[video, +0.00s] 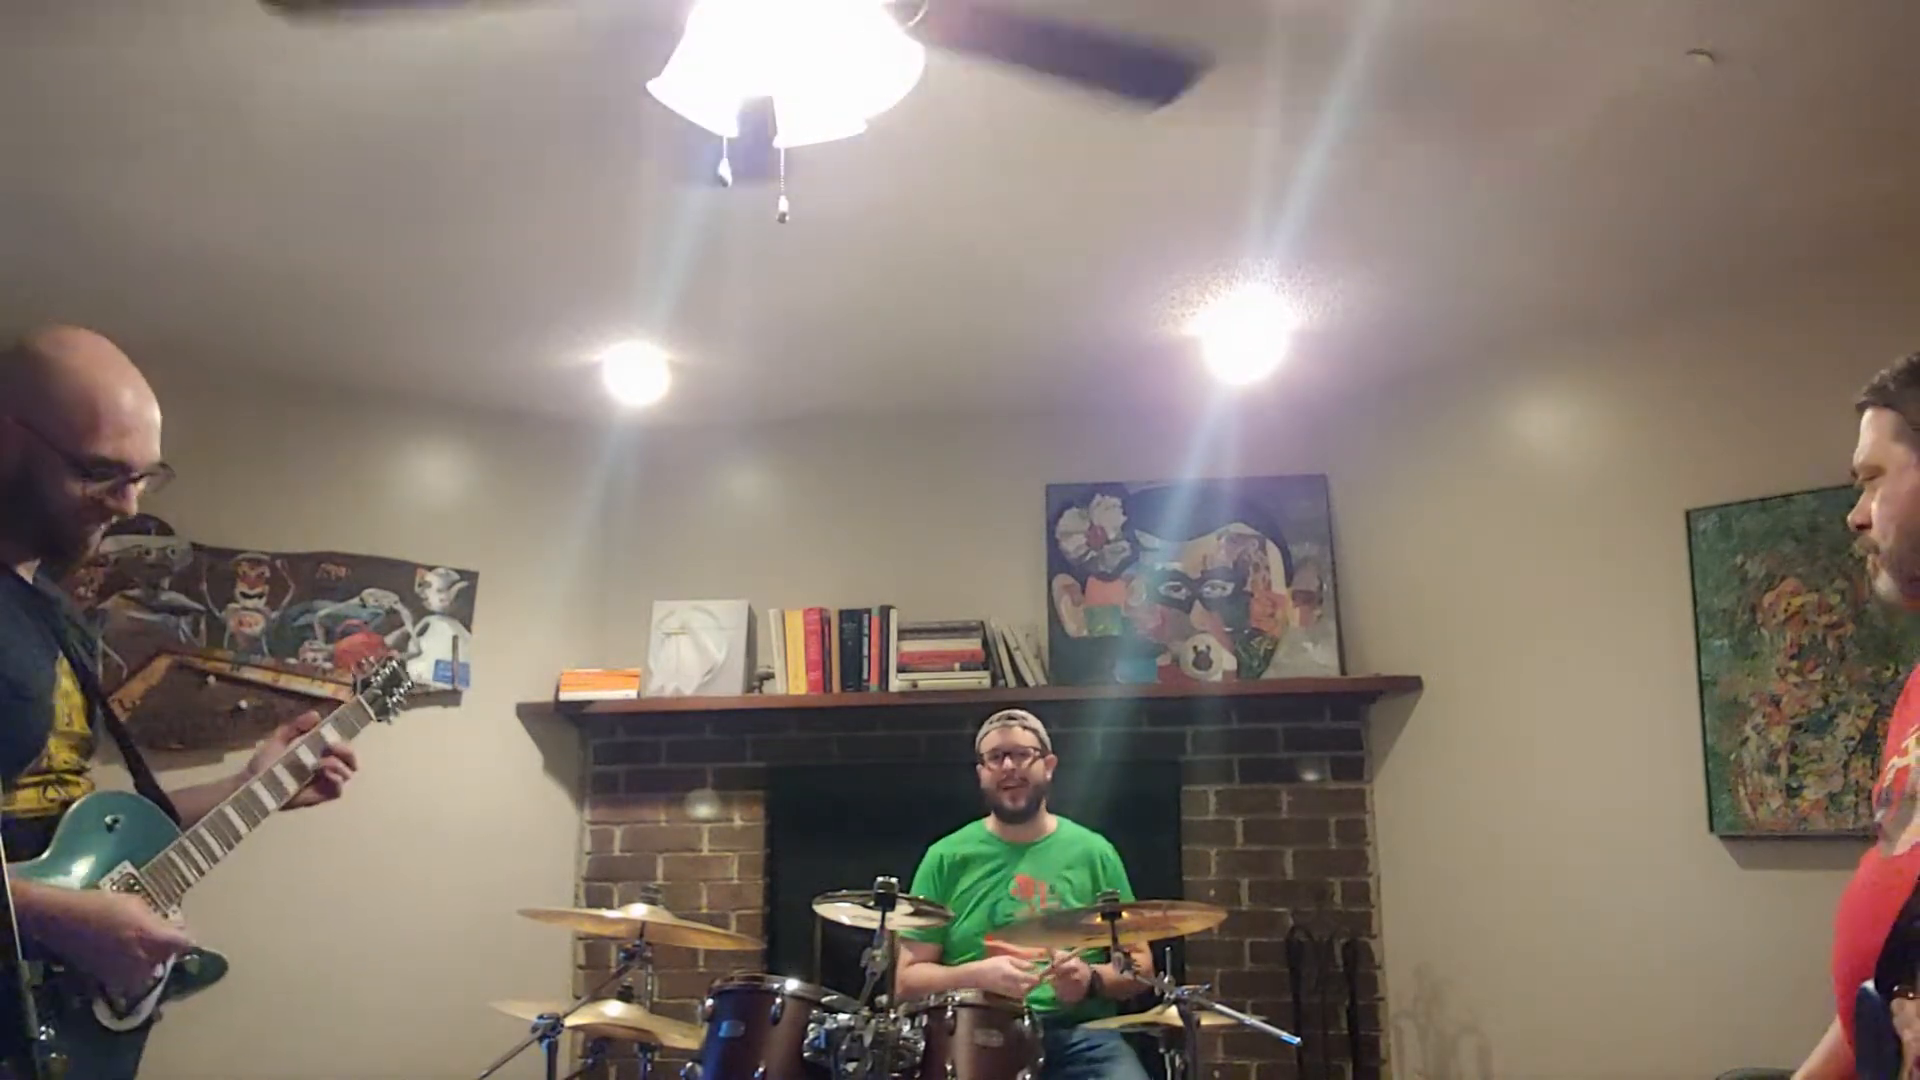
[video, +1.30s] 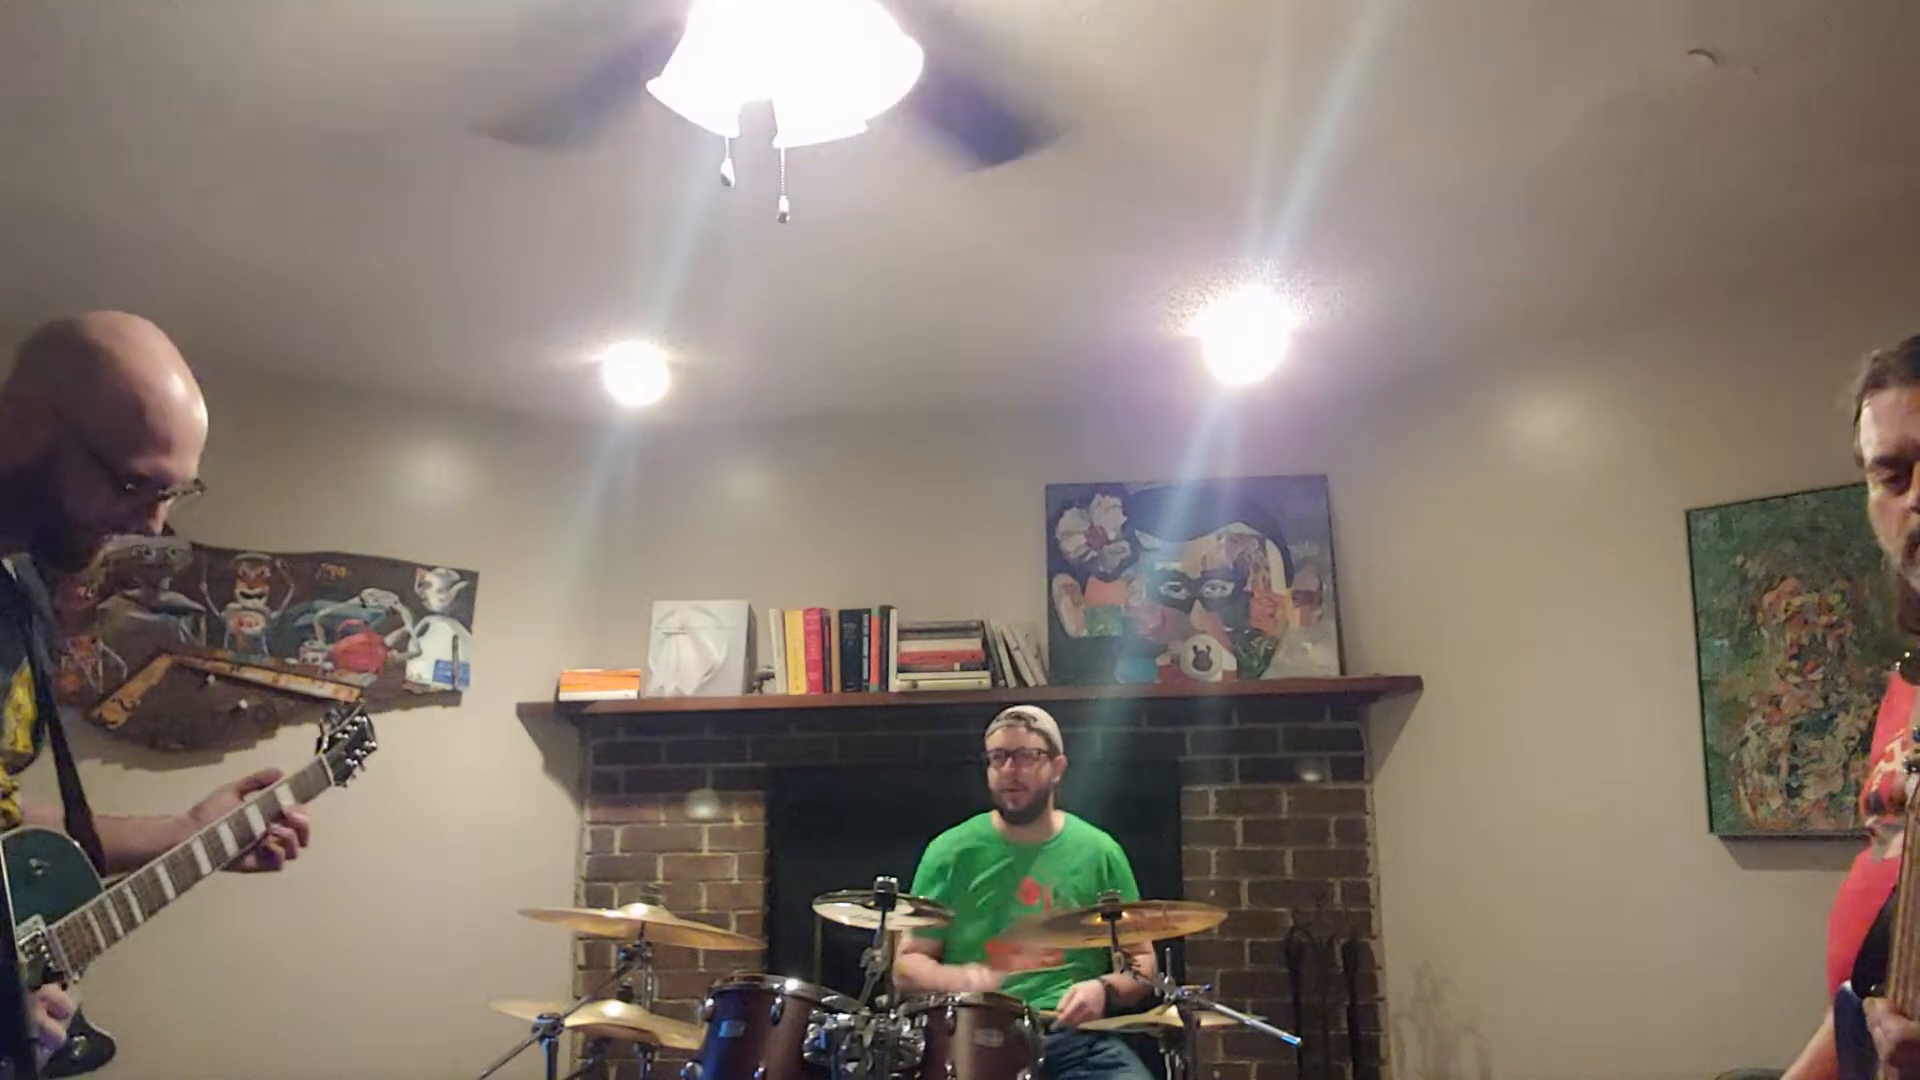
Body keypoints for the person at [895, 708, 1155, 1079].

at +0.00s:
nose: (1009, 767)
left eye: (1021, 755)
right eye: (996, 758)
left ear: (1049, 765)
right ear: (980, 772)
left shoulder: (1093, 852)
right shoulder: (946, 858)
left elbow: (1140, 968)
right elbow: (906, 977)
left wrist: (1092, 977)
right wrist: (979, 974)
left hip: (1079, 1029)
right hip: (977, 1033)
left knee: (1127, 1073)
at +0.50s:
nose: (993, 778)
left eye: (1008, 764)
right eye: (981, 765)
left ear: (1038, 767)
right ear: (967, 771)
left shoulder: (1088, 845)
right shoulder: (939, 854)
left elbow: (1140, 958)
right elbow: (904, 984)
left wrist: (1093, 976)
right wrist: (957, 933)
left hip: (1074, 1029)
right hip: (972, 1031)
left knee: (1130, 1074)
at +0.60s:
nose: (983, 782)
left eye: (999, 766)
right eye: (973, 768)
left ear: (1032, 767)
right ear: (962, 772)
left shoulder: (1086, 845)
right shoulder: (938, 849)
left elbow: (1140, 958)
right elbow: (912, 981)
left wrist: (1090, 980)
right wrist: (952, 883)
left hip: (1073, 1032)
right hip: (968, 1032)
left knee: (1132, 1075)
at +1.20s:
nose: (1000, 774)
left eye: (1017, 759)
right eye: (990, 761)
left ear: (1052, 767)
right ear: (980, 768)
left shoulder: (1095, 850)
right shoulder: (948, 847)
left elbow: (1143, 966)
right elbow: (907, 977)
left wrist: (1097, 982)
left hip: (1072, 1031)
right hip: (970, 1031)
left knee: (1131, 1074)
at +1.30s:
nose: (1009, 771)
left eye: (1026, 757)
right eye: (999, 758)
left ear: (1057, 768)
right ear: (987, 768)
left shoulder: (1099, 852)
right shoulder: (949, 852)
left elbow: (1143, 965)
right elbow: (908, 966)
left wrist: (1105, 988)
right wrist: (959, 978)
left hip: (1073, 1032)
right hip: (974, 1031)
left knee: (1133, 1075)